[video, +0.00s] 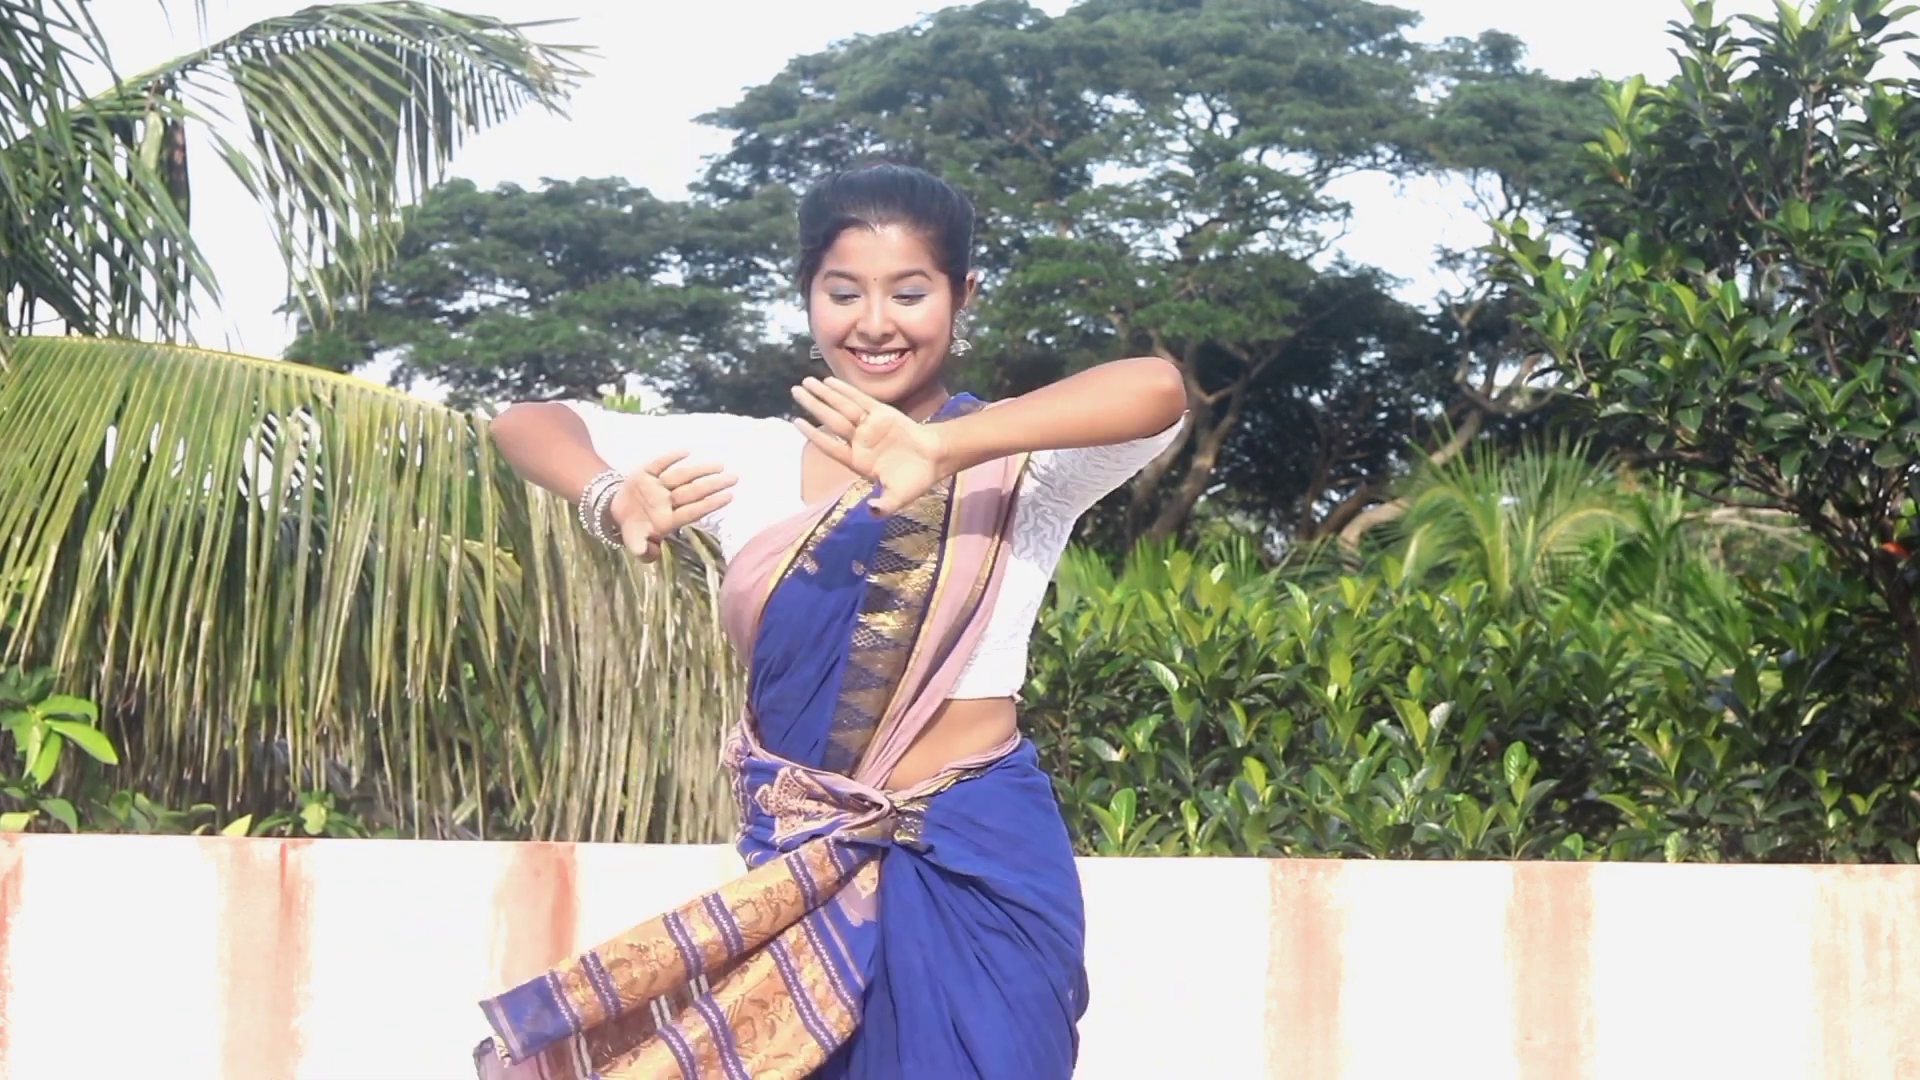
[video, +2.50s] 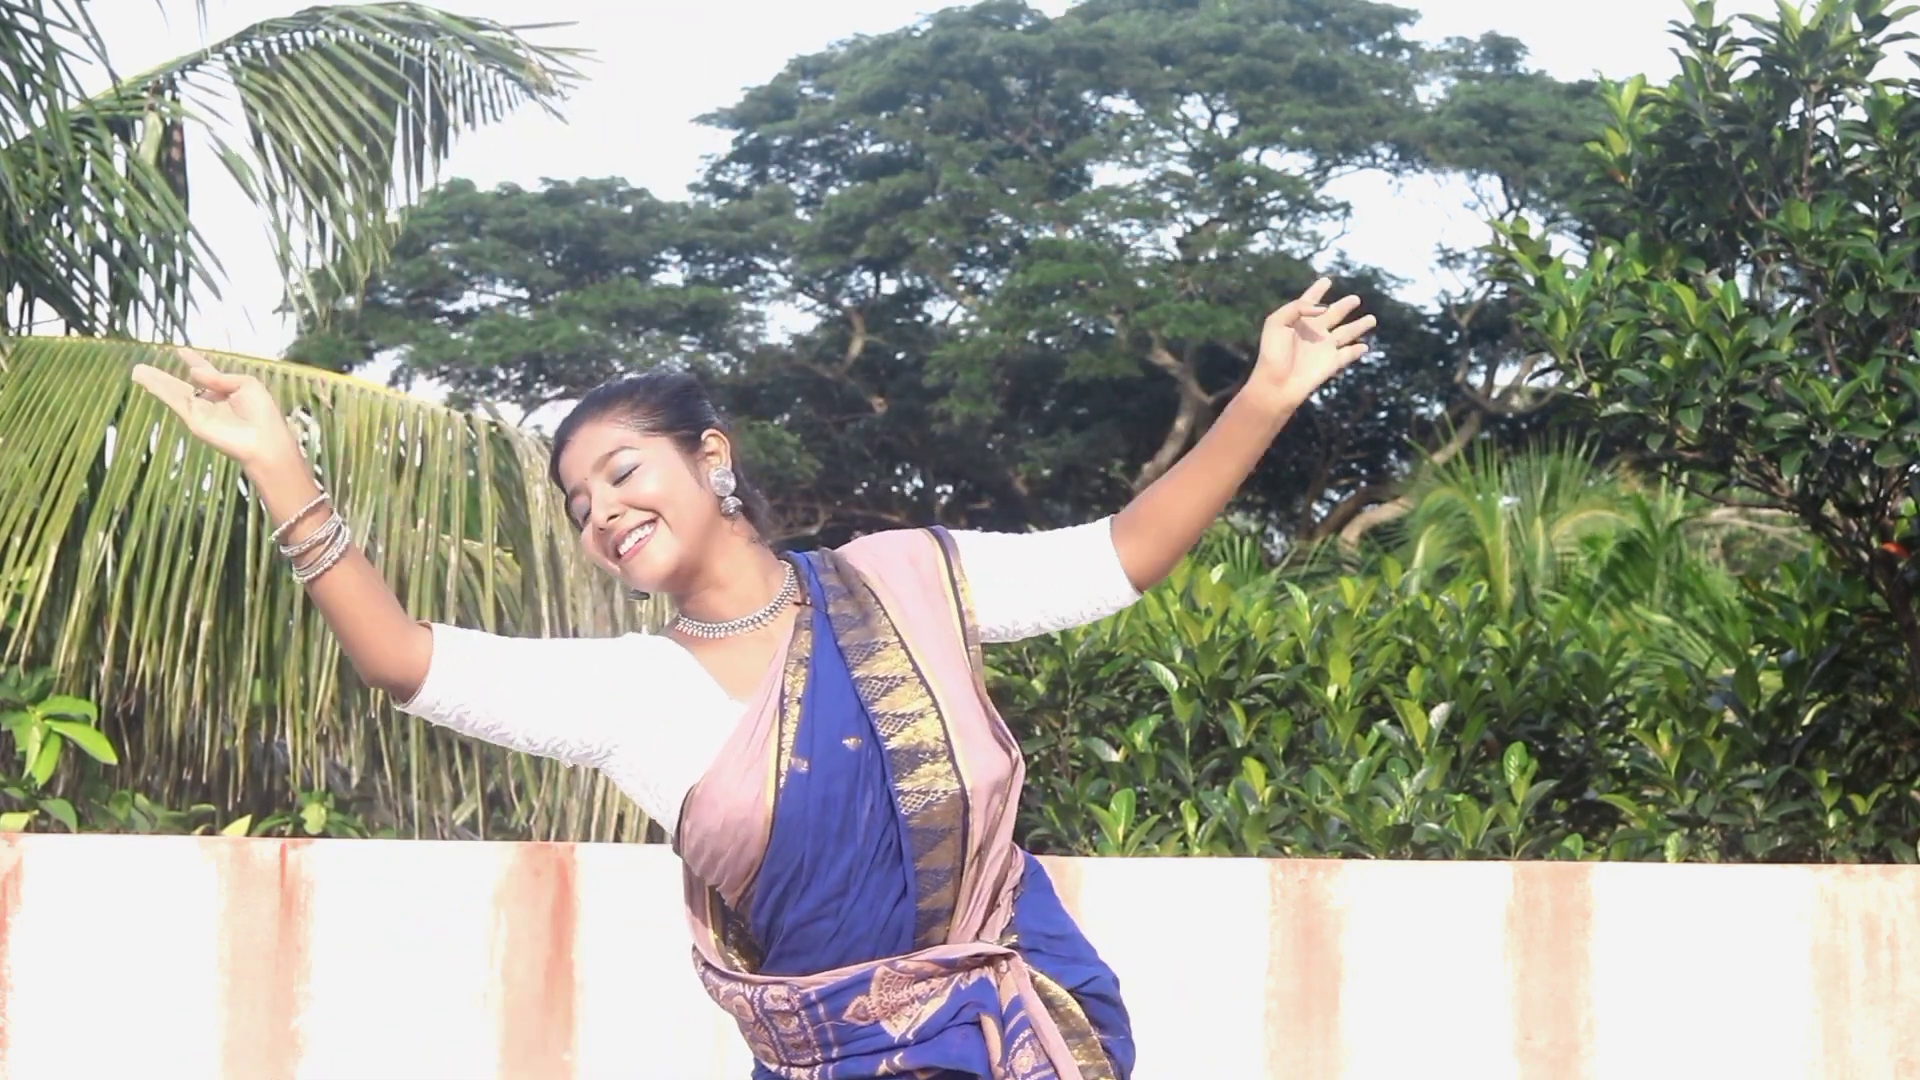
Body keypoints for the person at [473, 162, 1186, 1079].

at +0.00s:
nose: (875, 322)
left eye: (909, 290)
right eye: (845, 291)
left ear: (960, 302)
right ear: (809, 305)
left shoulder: (1022, 466)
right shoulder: (748, 457)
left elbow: (1161, 388)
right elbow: (520, 422)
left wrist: (941, 443)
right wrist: (607, 487)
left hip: (974, 858)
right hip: (795, 862)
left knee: (972, 1061)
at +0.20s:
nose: (862, 328)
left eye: (895, 300)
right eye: (828, 299)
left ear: (938, 320)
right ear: (791, 318)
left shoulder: (1008, 462)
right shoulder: (725, 478)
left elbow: (1185, 374)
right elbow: (537, 384)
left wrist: (1004, 309)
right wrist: (709, 386)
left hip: (970, 873)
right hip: (782, 883)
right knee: (783, 1065)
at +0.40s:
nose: (828, 328)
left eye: (858, 300)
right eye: (794, 305)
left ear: (902, 336)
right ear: (751, 341)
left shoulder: (980, 480)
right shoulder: (709, 499)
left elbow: (1138, 361)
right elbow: (616, 370)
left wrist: (1055, 205)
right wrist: (766, 224)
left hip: (978, 918)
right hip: (786, 922)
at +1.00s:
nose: (703, 355)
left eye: (729, 329)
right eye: (668, 350)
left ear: (788, 364)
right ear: (648, 404)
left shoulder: (900, 509)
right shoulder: (647, 553)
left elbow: (1042, 348)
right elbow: (605, 365)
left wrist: (1011, 117)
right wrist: (641, 115)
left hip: (974, 983)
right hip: (766, 1006)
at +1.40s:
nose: (639, 419)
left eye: (662, 386)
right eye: (604, 420)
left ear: (735, 403)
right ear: (599, 481)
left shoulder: (878, 530)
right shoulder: (627, 627)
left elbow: (1034, 382)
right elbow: (479, 433)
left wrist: (1077, 173)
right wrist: (474, 197)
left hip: (988, 1001)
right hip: (786, 1038)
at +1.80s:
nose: (625, 474)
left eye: (645, 434)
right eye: (594, 471)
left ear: (724, 440)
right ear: (591, 525)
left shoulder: (888, 554)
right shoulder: (625, 673)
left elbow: (1067, 447)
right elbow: (446, 539)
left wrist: (1128, 280)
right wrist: (376, 359)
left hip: (1012, 998)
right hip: (822, 1050)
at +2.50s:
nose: (609, 509)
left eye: (627, 470)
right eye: (585, 506)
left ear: (716, 458)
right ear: (594, 546)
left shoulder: (905, 571)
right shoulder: (629, 694)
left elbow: (1124, 558)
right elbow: (402, 659)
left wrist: (1267, 396)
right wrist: (282, 470)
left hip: (1028, 1010)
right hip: (825, 1050)